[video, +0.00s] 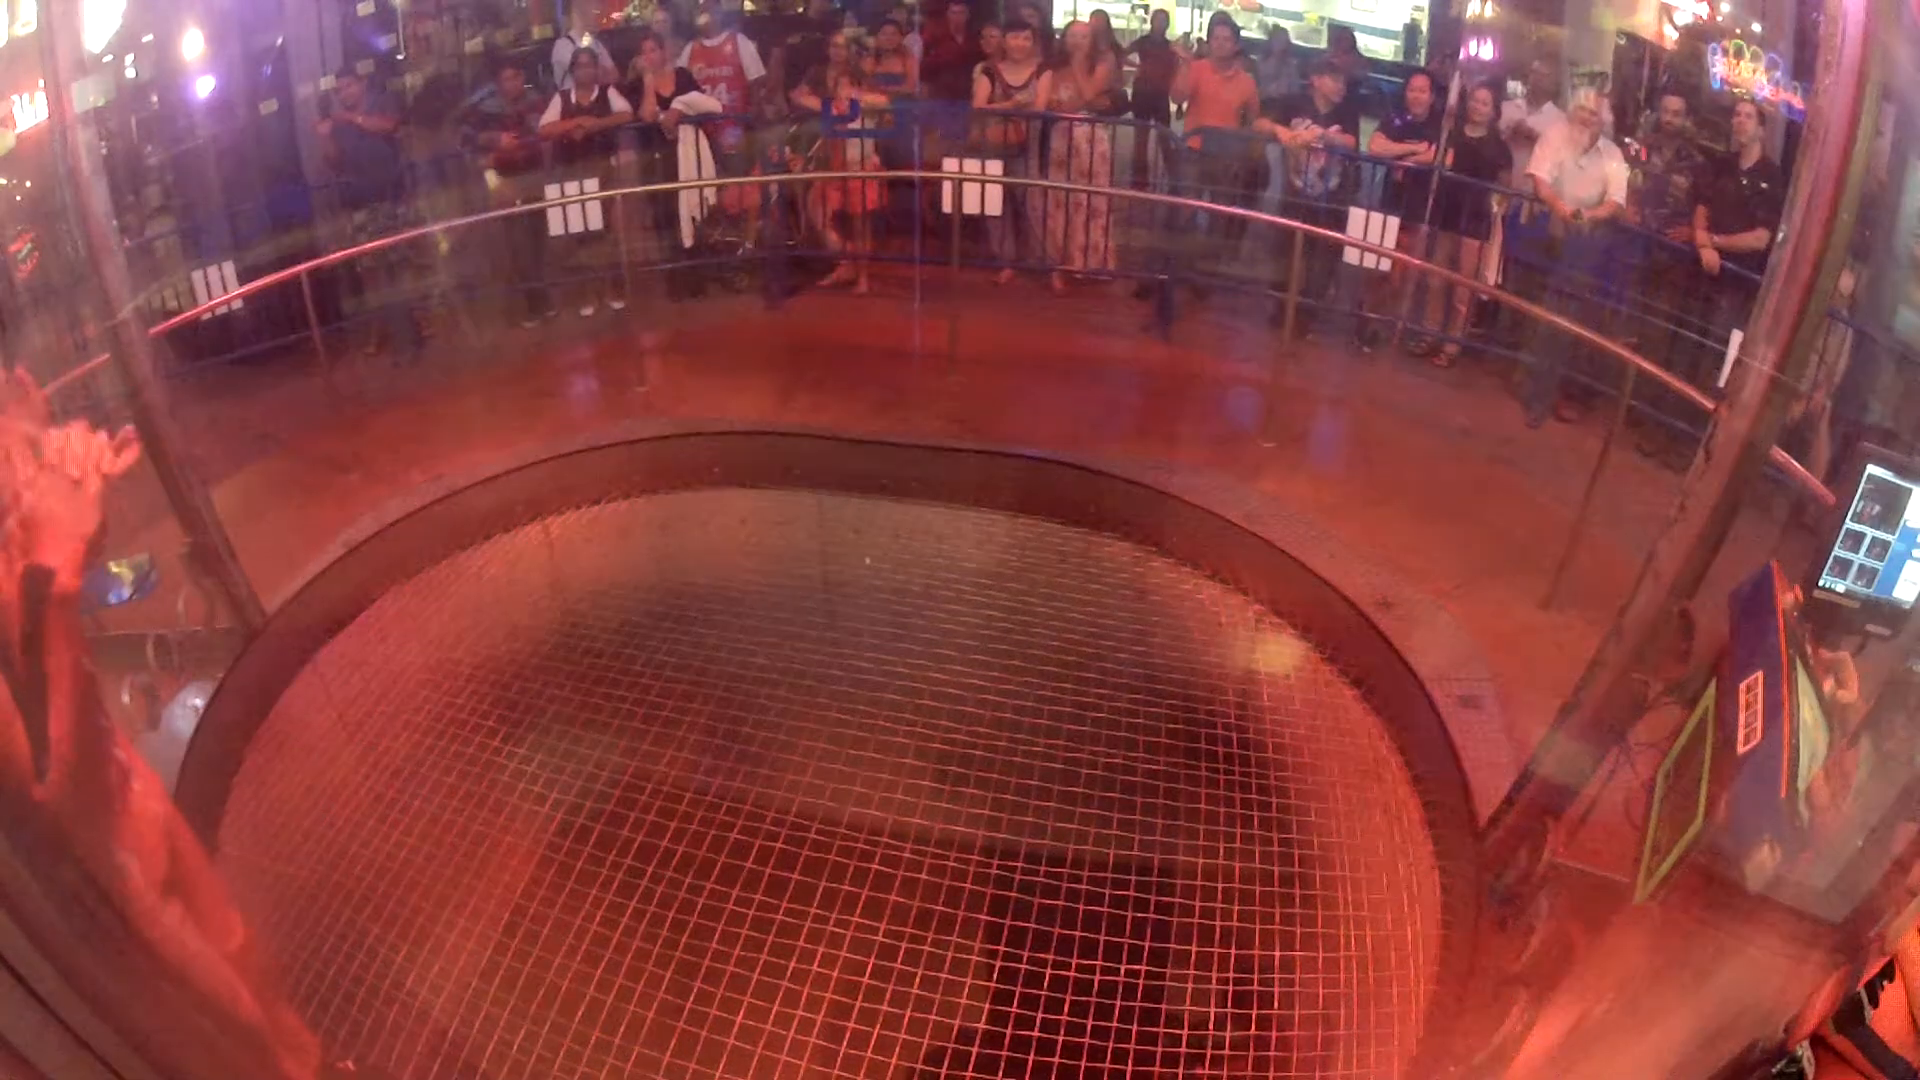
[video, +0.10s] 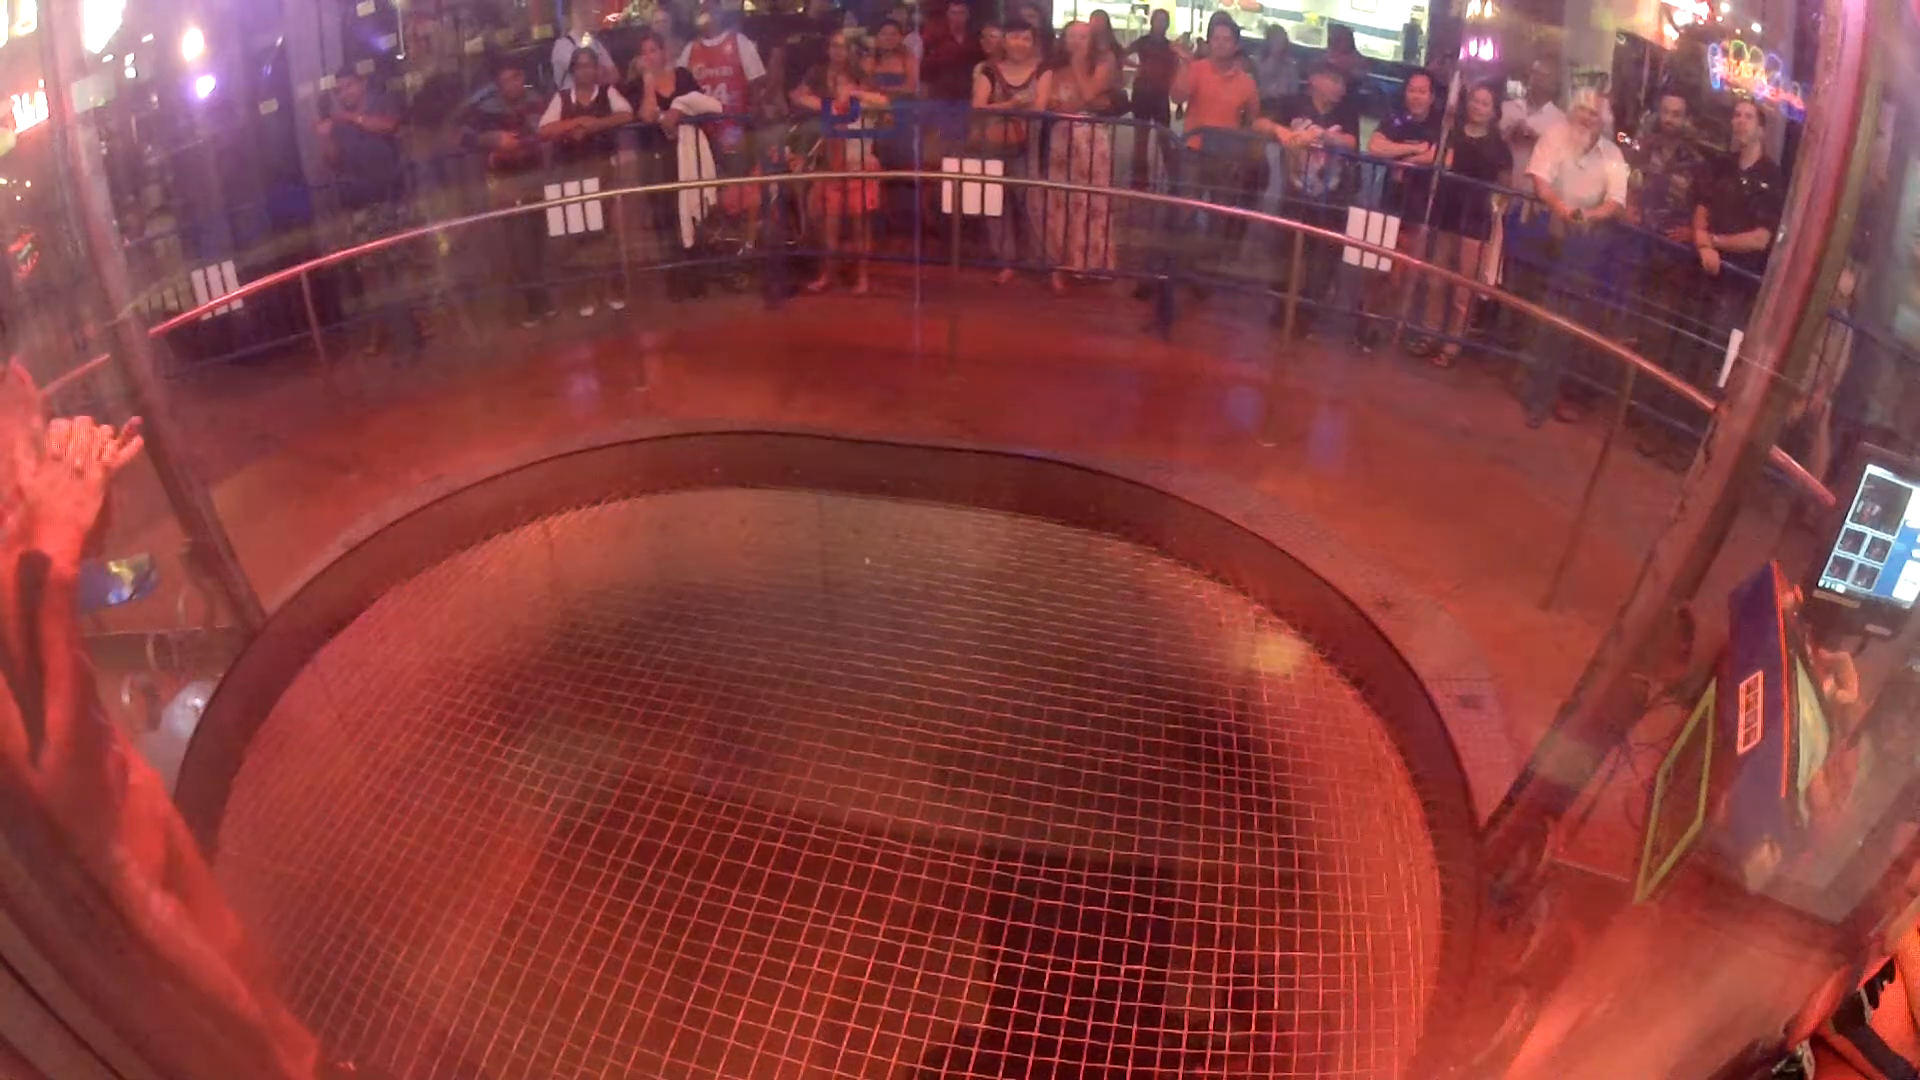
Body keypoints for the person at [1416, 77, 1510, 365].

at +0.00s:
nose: (1478, 107)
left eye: (1485, 103)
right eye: (1474, 101)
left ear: (1494, 111)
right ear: (1466, 104)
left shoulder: (1498, 147)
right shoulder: (1452, 137)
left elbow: (1504, 185)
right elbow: (1439, 166)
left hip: (1475, 217)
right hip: (1445, 211)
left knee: (1463, 284)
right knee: (1435, 277)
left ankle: (1452, 341)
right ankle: (1429, 331)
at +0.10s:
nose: (1478, 107)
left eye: (1485, 103)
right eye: (1474, 101)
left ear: (1495, 111)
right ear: (1466, 104)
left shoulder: (1498, 147)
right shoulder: (1452, 136)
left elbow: (1504, 185)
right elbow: (1439, 166)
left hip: (1476, 217)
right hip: (1445, 211)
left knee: (1463, 284)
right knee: (1435, 278)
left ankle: (1452, 342)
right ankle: (1429, 332)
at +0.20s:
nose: (1478, 107)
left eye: (1485, 103)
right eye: (1474, 101)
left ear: (1495, 111)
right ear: (1466, 104)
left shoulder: (1498, 147)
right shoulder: (1452, 136)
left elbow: (1504, 185)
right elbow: (1439, 165)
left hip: (1476, 217)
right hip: (1445, 211)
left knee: (1463, 284)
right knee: (1435, 278)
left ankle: (1452, 342)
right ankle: (1429, 332)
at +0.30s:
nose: (1478, 107)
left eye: (1485, 103)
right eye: (1475, 101)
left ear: (1495, 111)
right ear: (1466, 104)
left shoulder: (1499, 147)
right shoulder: (1452, 136)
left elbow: (1504, 186)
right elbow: (1439, 165)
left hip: (1476, 218)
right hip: (1445, 211)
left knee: (1463, 285)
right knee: (1435, 278)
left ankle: (1452, 342)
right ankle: (1429, 332)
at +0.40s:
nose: (1479, 107)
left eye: (1486, 103)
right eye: (1475, 101)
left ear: (1495, 111)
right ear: (1466, 104)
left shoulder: (1498, 147)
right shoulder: (1452, 136)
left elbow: (1505, 185)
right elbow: (1439, 165)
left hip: (1476, 217)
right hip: (1445, 211)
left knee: (1464, 284)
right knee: (1435, 278)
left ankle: (1452, 342)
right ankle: (1429, 332)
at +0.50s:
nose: (1479, 107)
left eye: (1486, 103)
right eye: (1475, 101)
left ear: (1495, 111)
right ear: (1466, 104)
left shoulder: (1498, 147)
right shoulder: (1452, 136)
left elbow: (1505, 185)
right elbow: (1439, 165)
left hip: (1476, 217)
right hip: (1445, 211)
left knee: (1464, 284)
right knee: (1435, 278)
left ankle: (1452, 342)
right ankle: (1429, 332)